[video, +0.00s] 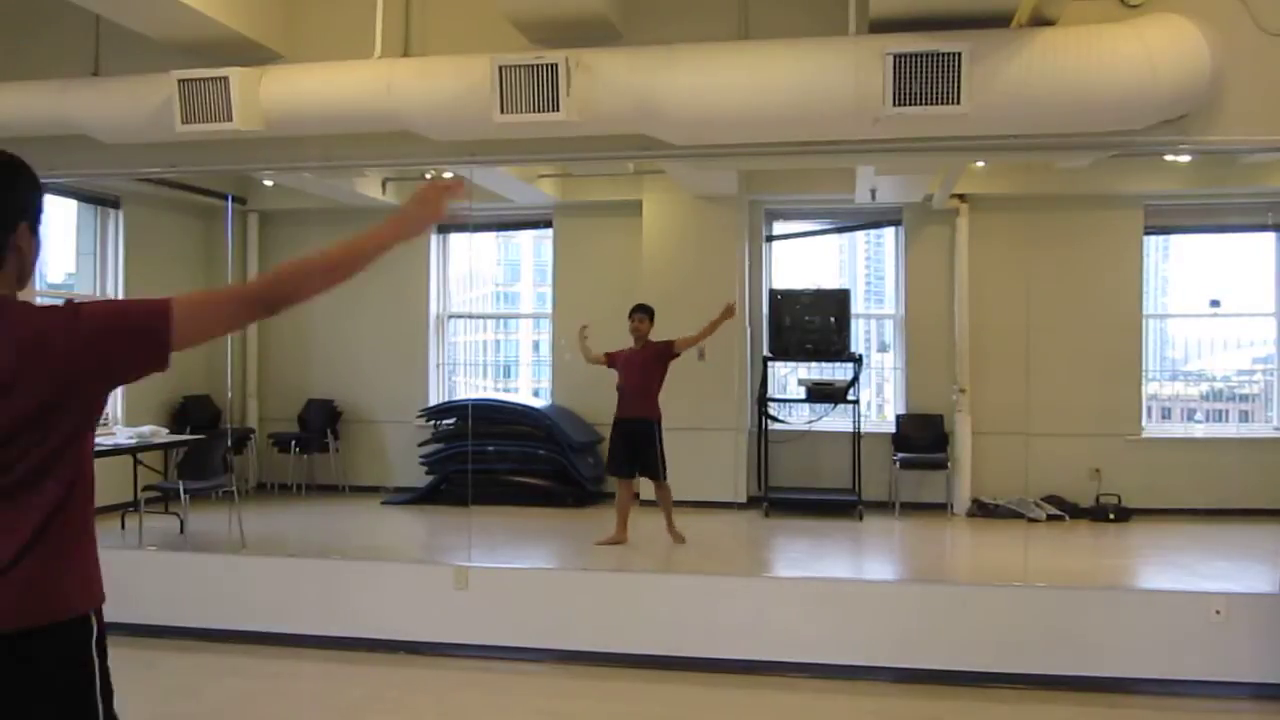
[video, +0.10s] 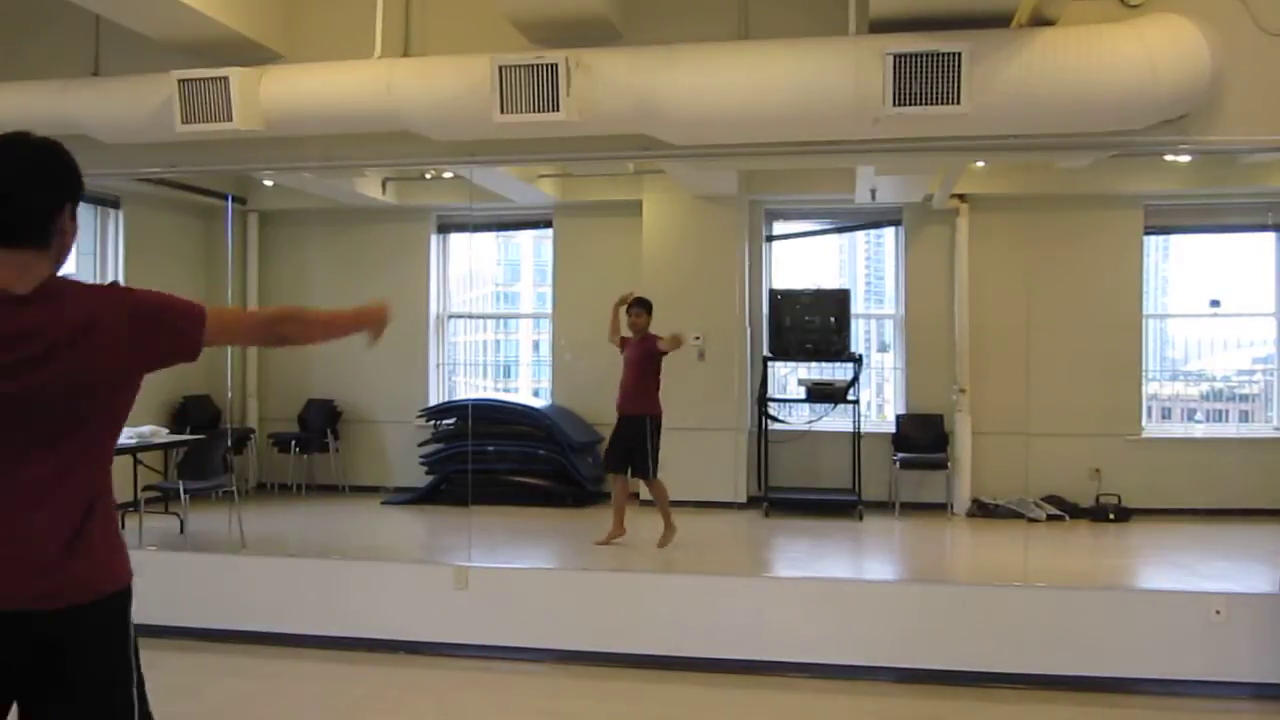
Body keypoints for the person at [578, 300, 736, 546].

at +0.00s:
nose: (636, 324)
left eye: (642, 320)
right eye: (633, 320)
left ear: (651, 325)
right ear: (628, 324)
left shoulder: (661, 350)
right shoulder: (622, 356)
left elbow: (697, 338)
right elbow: (591, 357)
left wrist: (722, 317)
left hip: (648, 422)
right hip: (623, 422)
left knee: (659, 481)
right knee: (623, 479)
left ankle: (671, 526)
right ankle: (620, 532)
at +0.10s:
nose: (633, 319)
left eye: (639, 315)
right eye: (631, 315)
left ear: (649, 318)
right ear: (627, 317)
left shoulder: (653, 342)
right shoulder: (628, 343)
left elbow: (666, 345)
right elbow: (614, 336)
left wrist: (675, 341)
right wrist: (615, 307)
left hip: (646, 416)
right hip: (626, 416)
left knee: (647, 474)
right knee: (616, 469)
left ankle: (669, 524)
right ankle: (617, 527)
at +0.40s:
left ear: (640, 332)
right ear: (662, 333)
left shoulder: (633, 362)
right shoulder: (675, 354)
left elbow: (592, 378)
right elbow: (688, 331)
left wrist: (557, 390)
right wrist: (666, 333)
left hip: (640, 433)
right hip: (668, 432)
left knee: (648, 490)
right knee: (659, 484)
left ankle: (656, 542)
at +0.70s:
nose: (674, 322)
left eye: (673, 317)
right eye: (671, 317)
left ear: (652, 320)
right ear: (656, 320)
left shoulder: (633, 337)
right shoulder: (663, 348)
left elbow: (616, 325)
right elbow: (706, 359)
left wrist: (600, 312)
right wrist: (751, 356)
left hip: (644, 416)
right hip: (660, 415)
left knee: (663, 478)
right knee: (682, 469)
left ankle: (659, 542)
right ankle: (715, 516)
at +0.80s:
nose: (671, 332)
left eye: (671, 327)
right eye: (668, 328)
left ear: (653, 329)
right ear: (656, 329)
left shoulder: (640, 344)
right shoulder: (658, 357)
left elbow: (631, 318)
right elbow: (681, 386)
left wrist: (624, 296)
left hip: (654, 417)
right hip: (658, 418)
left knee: (672, 484)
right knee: (672, 466)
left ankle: (659, 549)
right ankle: (697, 505)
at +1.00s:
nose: (659, 324)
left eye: (662, 319)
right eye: (653, 319)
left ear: (666, 319)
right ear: (641, 319)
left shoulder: (667, 336)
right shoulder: (632, 354)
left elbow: (679, 295)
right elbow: (603, 386)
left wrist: (685, 255)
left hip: (673, 414)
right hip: (652, 414)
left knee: (671, 479)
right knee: (651, 474)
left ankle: (662, 541)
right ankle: (648, 538)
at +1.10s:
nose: (649, 316)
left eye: (653, 311)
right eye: (644, 312)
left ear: (658, 314)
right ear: (635, 315)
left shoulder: (668, 337)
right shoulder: (625, 345)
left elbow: (698, 301)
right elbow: (586, 355)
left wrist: (722, 260)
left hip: (668, 418)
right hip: (643, 419)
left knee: (665, 484)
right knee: (634, 483)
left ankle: (662, 542)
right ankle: (620, 547)